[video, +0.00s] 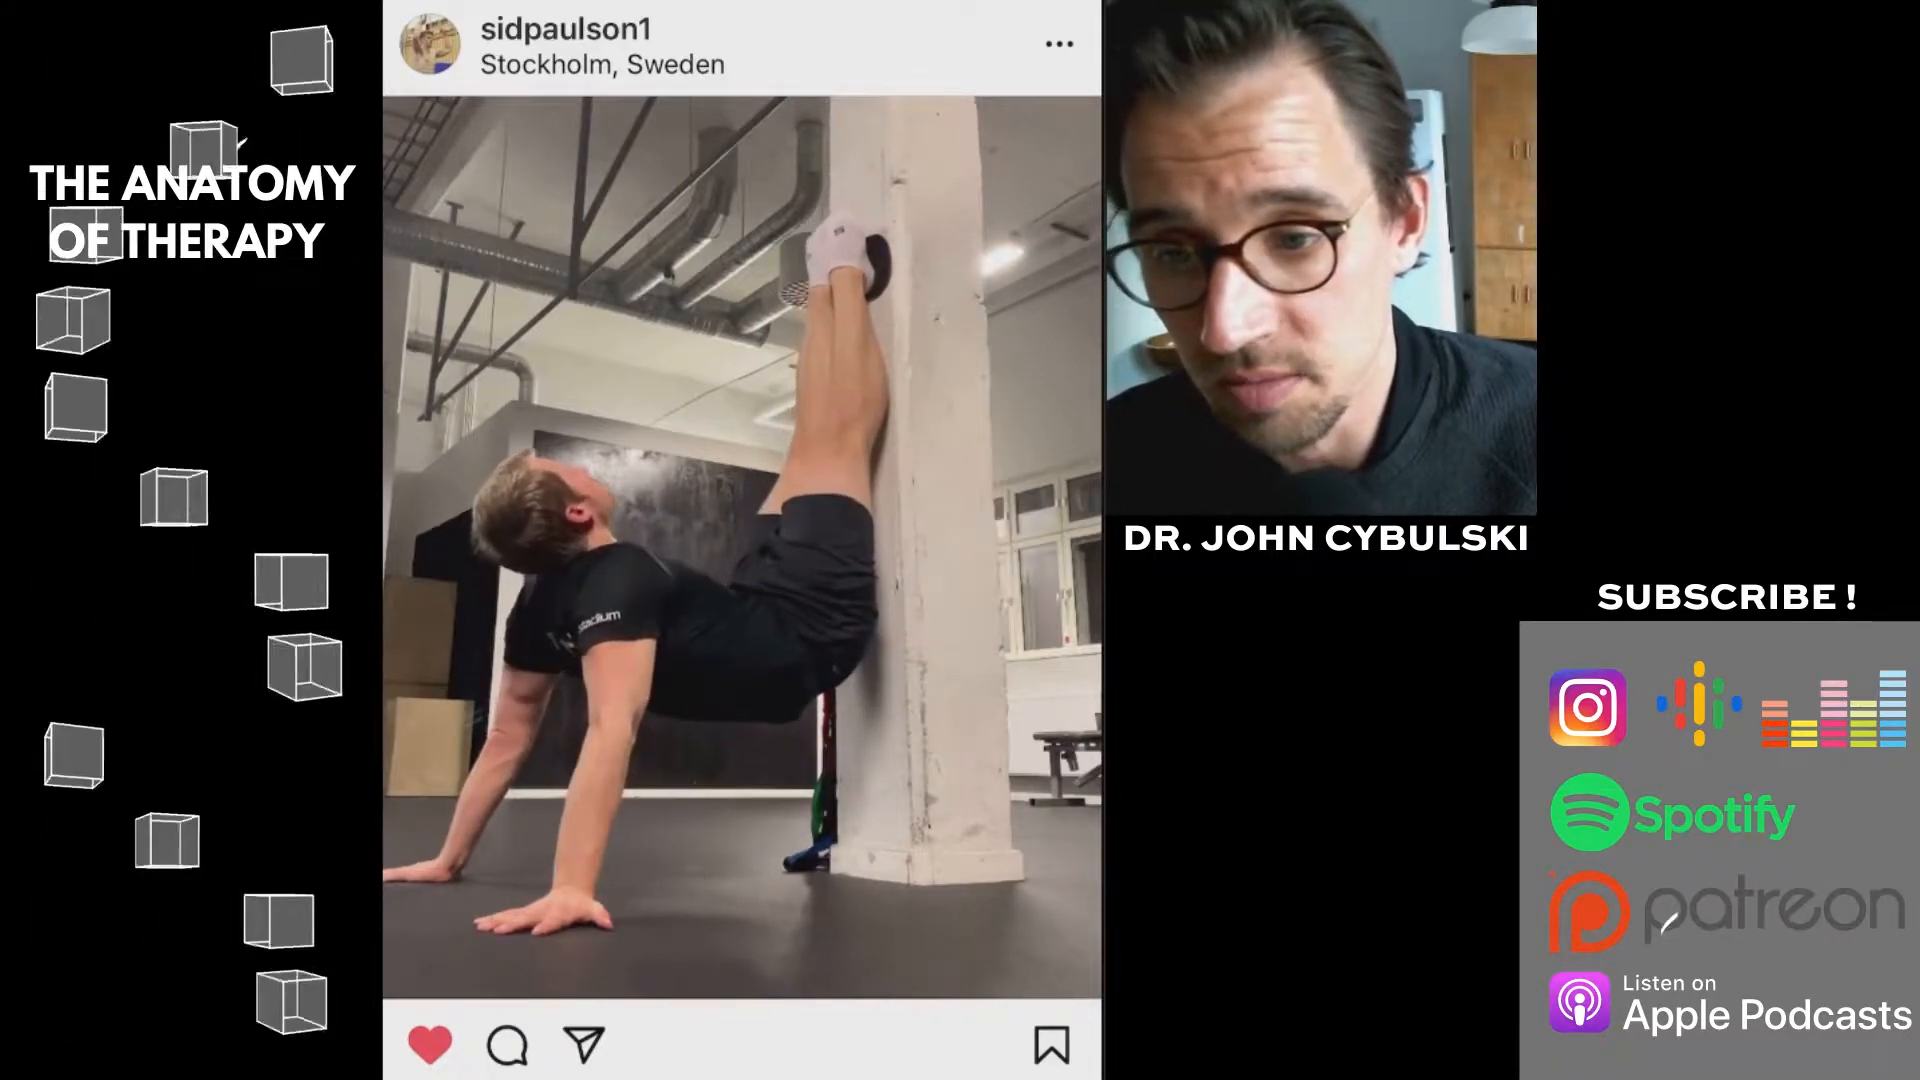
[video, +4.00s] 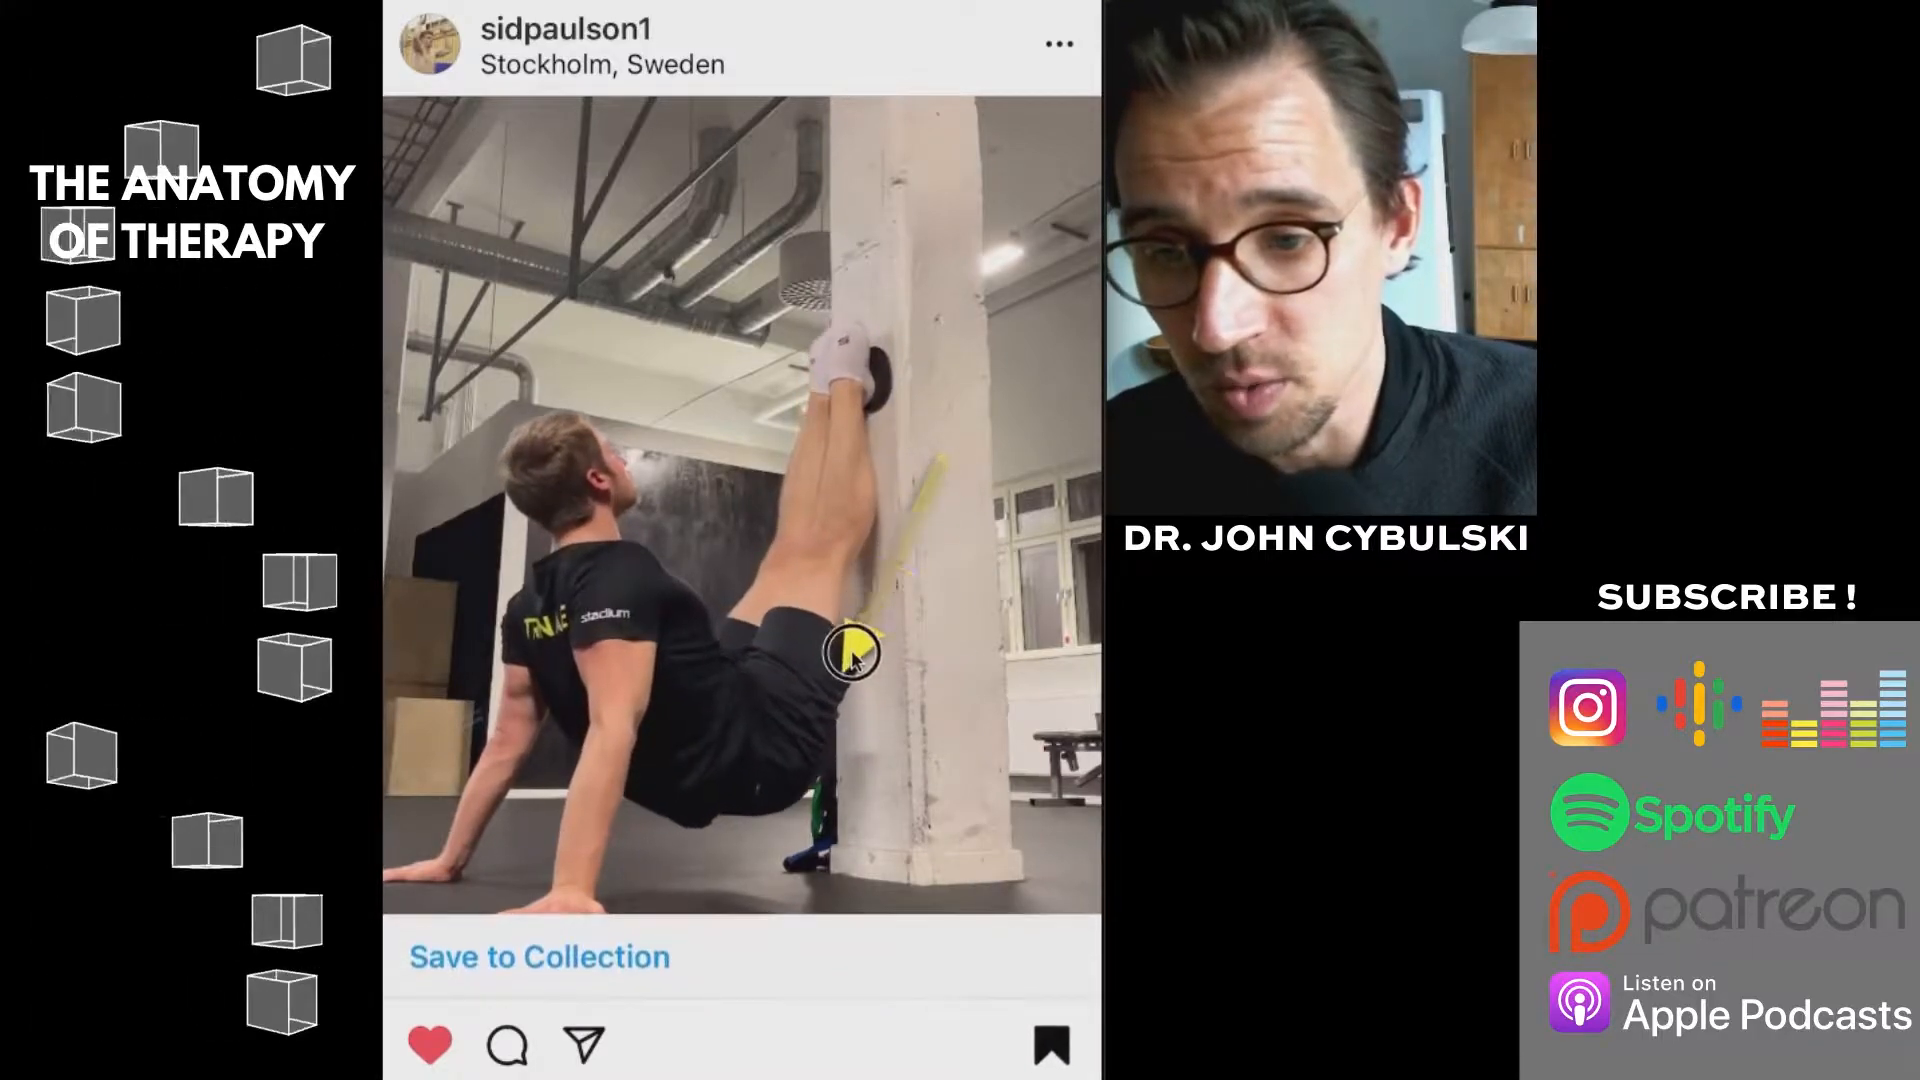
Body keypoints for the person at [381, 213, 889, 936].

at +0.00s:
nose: (580, 466)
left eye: (562, 464)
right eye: (567, 471)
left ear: (533, 545)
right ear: (575, 512)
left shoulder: (536, 611)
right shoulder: (617, 579)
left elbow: (507, 740)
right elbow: (609, 731)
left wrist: (448, 860)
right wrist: (572, 887)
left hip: (759, 633)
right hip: (807, 627)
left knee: (814, 434)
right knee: (844, 429)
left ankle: (825, 293)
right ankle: (845, 278)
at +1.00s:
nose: (593, 465)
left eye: (574, 459)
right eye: (581, 467)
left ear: (537, 538)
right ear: (587, 510)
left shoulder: (536, 605)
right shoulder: (617, 580)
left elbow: (507, 745)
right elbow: (612, 734)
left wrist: (448, 860)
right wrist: (573, 887)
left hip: (749, 689)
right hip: (801, 680)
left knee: (804, 485)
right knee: (843, 472)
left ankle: (826, 317)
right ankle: (844, 311)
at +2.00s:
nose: (608, 462)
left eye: (594, 456)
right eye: (596, 462)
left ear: (541, 529)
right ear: (596, 501)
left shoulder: (533, 605)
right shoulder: (621, 575)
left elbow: (509, 741)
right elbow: (613, 733)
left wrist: (449, 860)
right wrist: (571, 887)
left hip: (735, 750)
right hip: (788, 709)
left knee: (802, 513)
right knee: (837, 505)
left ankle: (826, 353)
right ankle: (847, 349)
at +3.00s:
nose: (620, 460)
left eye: (607, 451)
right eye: (608, 455)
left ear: (541, 517)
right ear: (600, 491)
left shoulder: (532, 604)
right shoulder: (622, 578)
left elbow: (508, 741)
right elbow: (611, 733)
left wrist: (449, 859)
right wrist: (572, 887)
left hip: (709, 766)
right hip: (772, 742)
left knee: (796, 536)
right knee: (834, 527)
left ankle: (825, 378)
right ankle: (847, 370)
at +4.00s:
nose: (624, 456)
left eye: (612, 447)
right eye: (612, 450)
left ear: (541, 507)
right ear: (599, 481)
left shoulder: (527, 606)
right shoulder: (618, 575)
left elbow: (507, 745)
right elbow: (611, 729)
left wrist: (449, 859)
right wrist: (572, 886)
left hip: (697, 779)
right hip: (767, 757)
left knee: (787, 557)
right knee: (826, 547)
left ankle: (825, 393)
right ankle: (847, 385)